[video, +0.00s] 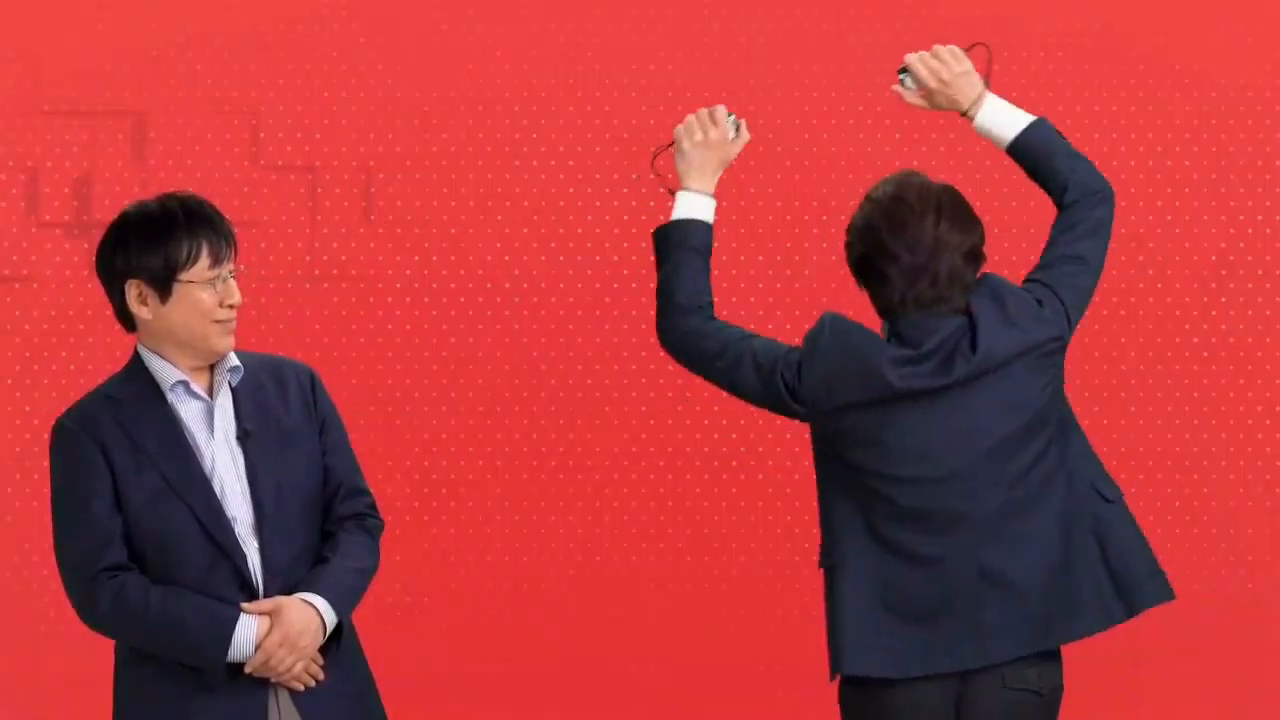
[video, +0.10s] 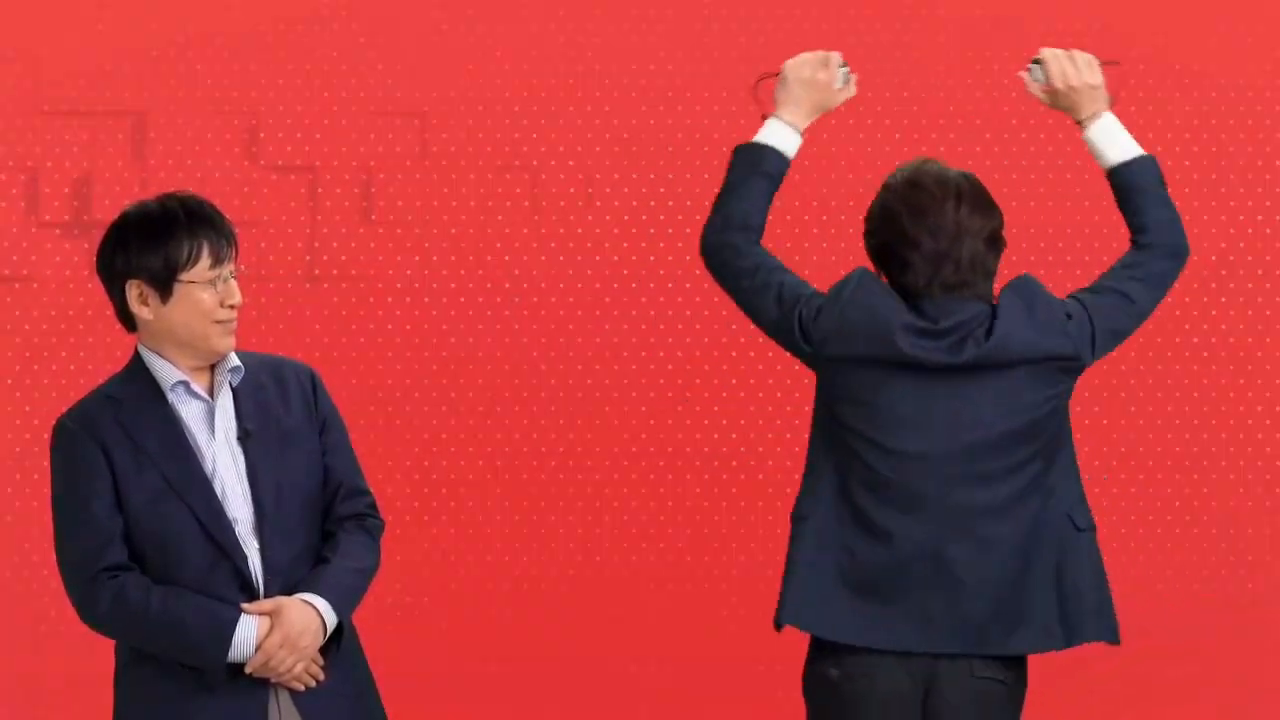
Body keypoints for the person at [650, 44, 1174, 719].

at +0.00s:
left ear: (869, 282)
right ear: (976, 264)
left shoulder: (832, 378)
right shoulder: (1030, 334)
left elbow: (685, 329)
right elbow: (1088, 196)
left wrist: (694, 189)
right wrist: (981, 104)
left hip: (892, 684)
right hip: (1019, 674)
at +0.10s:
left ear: (883, 262)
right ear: (993, 258)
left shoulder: (843, 334)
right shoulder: (1050, 340)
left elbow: (727, 245)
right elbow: (1163, 247)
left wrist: (786, 120)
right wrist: (1098, 120)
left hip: (858, 662)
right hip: (986, 666)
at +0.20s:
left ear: (901, 258)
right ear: (1014, 273)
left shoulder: (860, 324)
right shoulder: (1056, 375)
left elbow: (796, 201)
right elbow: (1209, 342)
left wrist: (901, 114)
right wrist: (1208, 197)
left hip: (821, 660)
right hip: (947, 682)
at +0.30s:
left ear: (914, 277)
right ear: (1019, 297)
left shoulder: (866, 340)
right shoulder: (1056, 404)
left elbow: (830, 217)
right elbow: (1214, 396)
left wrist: (950, 147)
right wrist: (1232, 255)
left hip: (809, 671)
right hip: (934, 692)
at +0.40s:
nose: (1015, 280)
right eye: (1013, 267)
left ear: (896, 260)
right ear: (1006, 278)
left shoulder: (851, 335)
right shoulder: (1047, 375)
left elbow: (795, 218)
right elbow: (1199, 354)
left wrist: (907, 138)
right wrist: (1199, 216)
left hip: (834, 672)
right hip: (961, 685)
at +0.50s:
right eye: (993, 243)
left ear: (882, 265)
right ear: (991, 256)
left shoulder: (835, 342)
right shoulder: (1043, 336)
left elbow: (708, 254)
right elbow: (1141, 236)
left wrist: (777, 128)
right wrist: (1076, 113)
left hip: (882, 668)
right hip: (1014, 667)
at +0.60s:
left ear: (877, 269)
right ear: (989, 252)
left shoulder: (834, 369)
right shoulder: (1034, 326)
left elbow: (676, 329)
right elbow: (1077, 193)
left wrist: (694, 188)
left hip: (906, 681)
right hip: (1035, 669)